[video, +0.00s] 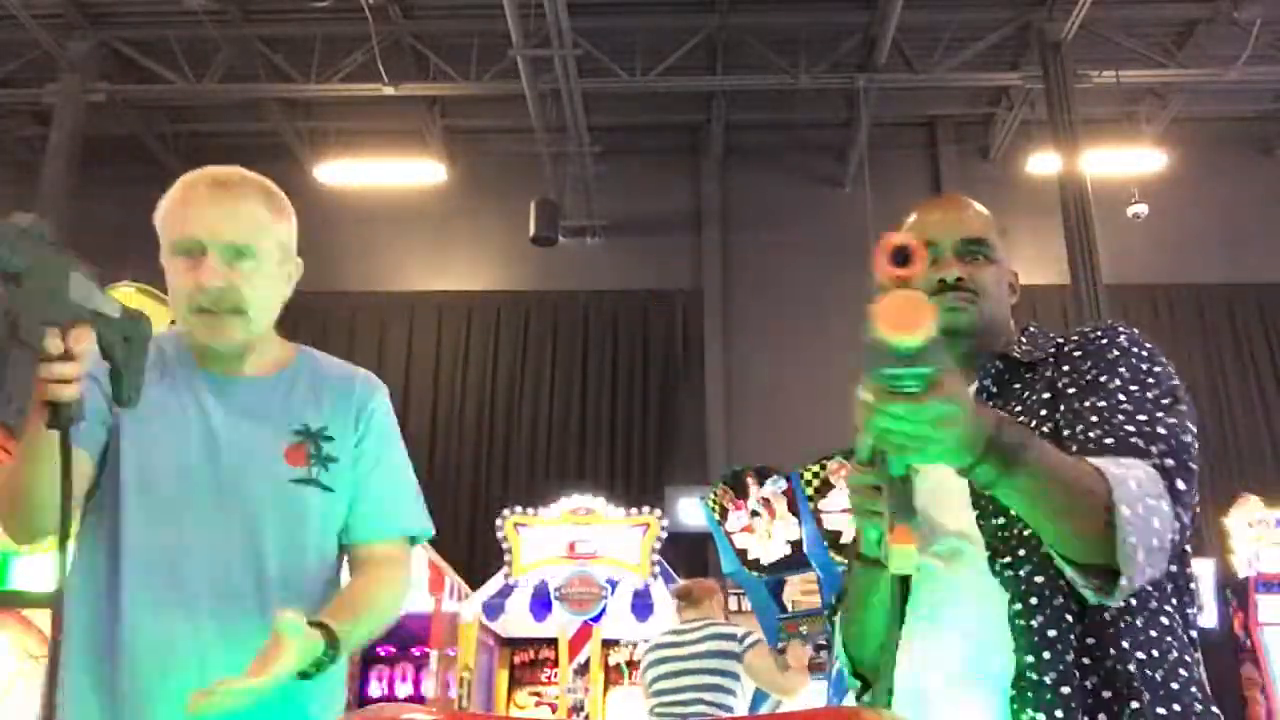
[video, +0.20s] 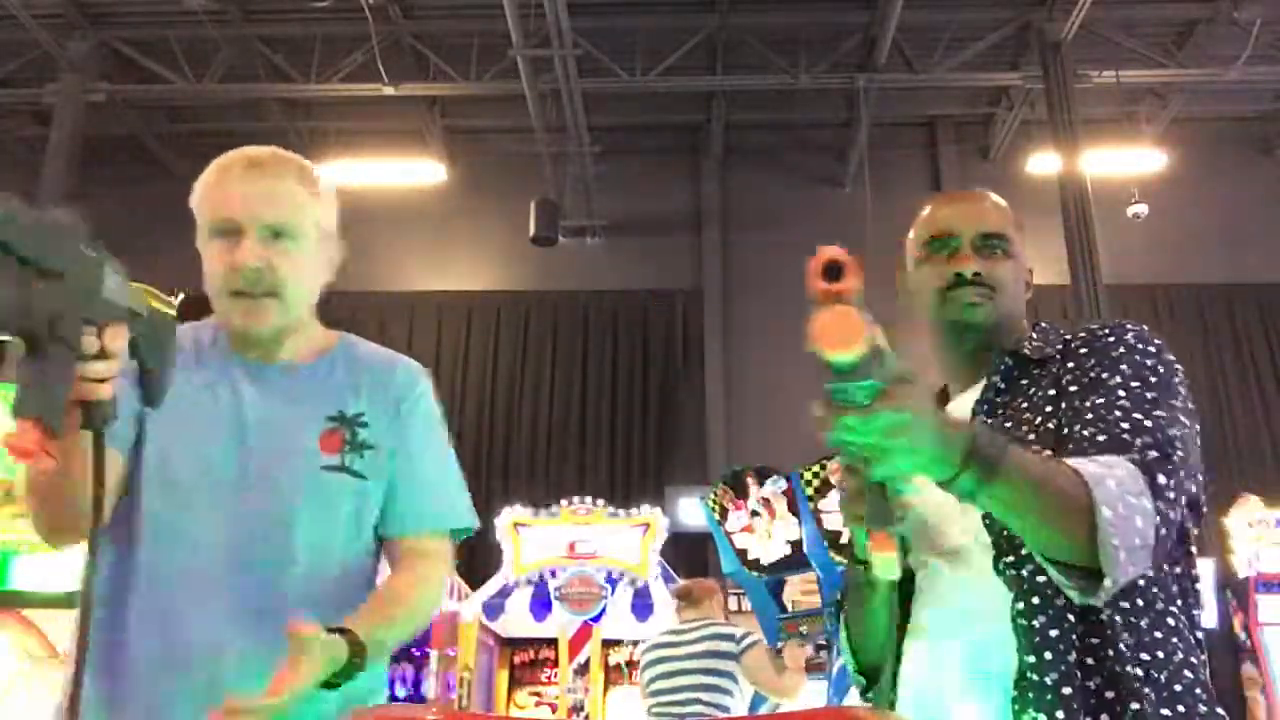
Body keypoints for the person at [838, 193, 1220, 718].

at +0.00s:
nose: (949, 271)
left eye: (973, 253)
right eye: (925, 257)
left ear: (1011, 282)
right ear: (899, 289)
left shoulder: (1105, 357)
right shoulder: (902, 421)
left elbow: (1138, 541)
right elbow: (871, 666)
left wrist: (985, 443)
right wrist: (874, 536)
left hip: (1122, 699)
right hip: (956, 704)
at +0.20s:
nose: (968, 266)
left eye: (993, 248)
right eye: (940, 249)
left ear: (1026, 278)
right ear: (907, 283)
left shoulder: (1116, 355)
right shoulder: (901, 424)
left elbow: (1124, 532)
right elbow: (874, 666)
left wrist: (950, 448)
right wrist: (872, 533)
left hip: (1103, 701)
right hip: (938, 705)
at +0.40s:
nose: (945, 266)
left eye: (969, 244)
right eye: (917, 250)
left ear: (1009, 262)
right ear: (891, 290)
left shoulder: (1113, 348)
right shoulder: (908, 425)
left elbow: (1250, 546)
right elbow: (873, 651)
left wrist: (1094, 539)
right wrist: (894, 527)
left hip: (1140, 701)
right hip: (956, 707)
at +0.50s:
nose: (950, 270)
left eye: (972, 253)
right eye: (920, 258)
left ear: (1006, 284)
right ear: (891, 302)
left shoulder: (1145, 395)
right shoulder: (874, 479)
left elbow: (1248, 523)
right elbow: (860, 654)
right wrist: (924, 532)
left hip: (1142, 704)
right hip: (957, 710)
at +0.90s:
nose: (952, 280)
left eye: (973, 260)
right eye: (928, 263)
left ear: (1007, 281)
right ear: (897, 293)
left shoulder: (1113, 376)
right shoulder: (891, 443)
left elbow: (1242, 528)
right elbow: (868, 661)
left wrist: (1227, 603)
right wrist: (886, 543)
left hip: (1115, 702)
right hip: (950, 707)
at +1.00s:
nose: (949, 269)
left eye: (974, 251)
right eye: (922, 256)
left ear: (1013, 283)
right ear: (896, 299)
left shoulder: (1113, 402)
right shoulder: (872, 474)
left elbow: (1260, 562)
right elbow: (856, 662)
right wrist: (921, 555)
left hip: (1130, 703)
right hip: (953, 709)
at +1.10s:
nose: (959, 264)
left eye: (984, 246)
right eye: (933, 248)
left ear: (1026, 266)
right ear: (907, 287)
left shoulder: (1114, 356)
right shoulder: (889, 461)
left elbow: (1204, 518)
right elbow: (869, 663)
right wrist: (903, 544)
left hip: (1140, 702)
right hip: (960, 708)